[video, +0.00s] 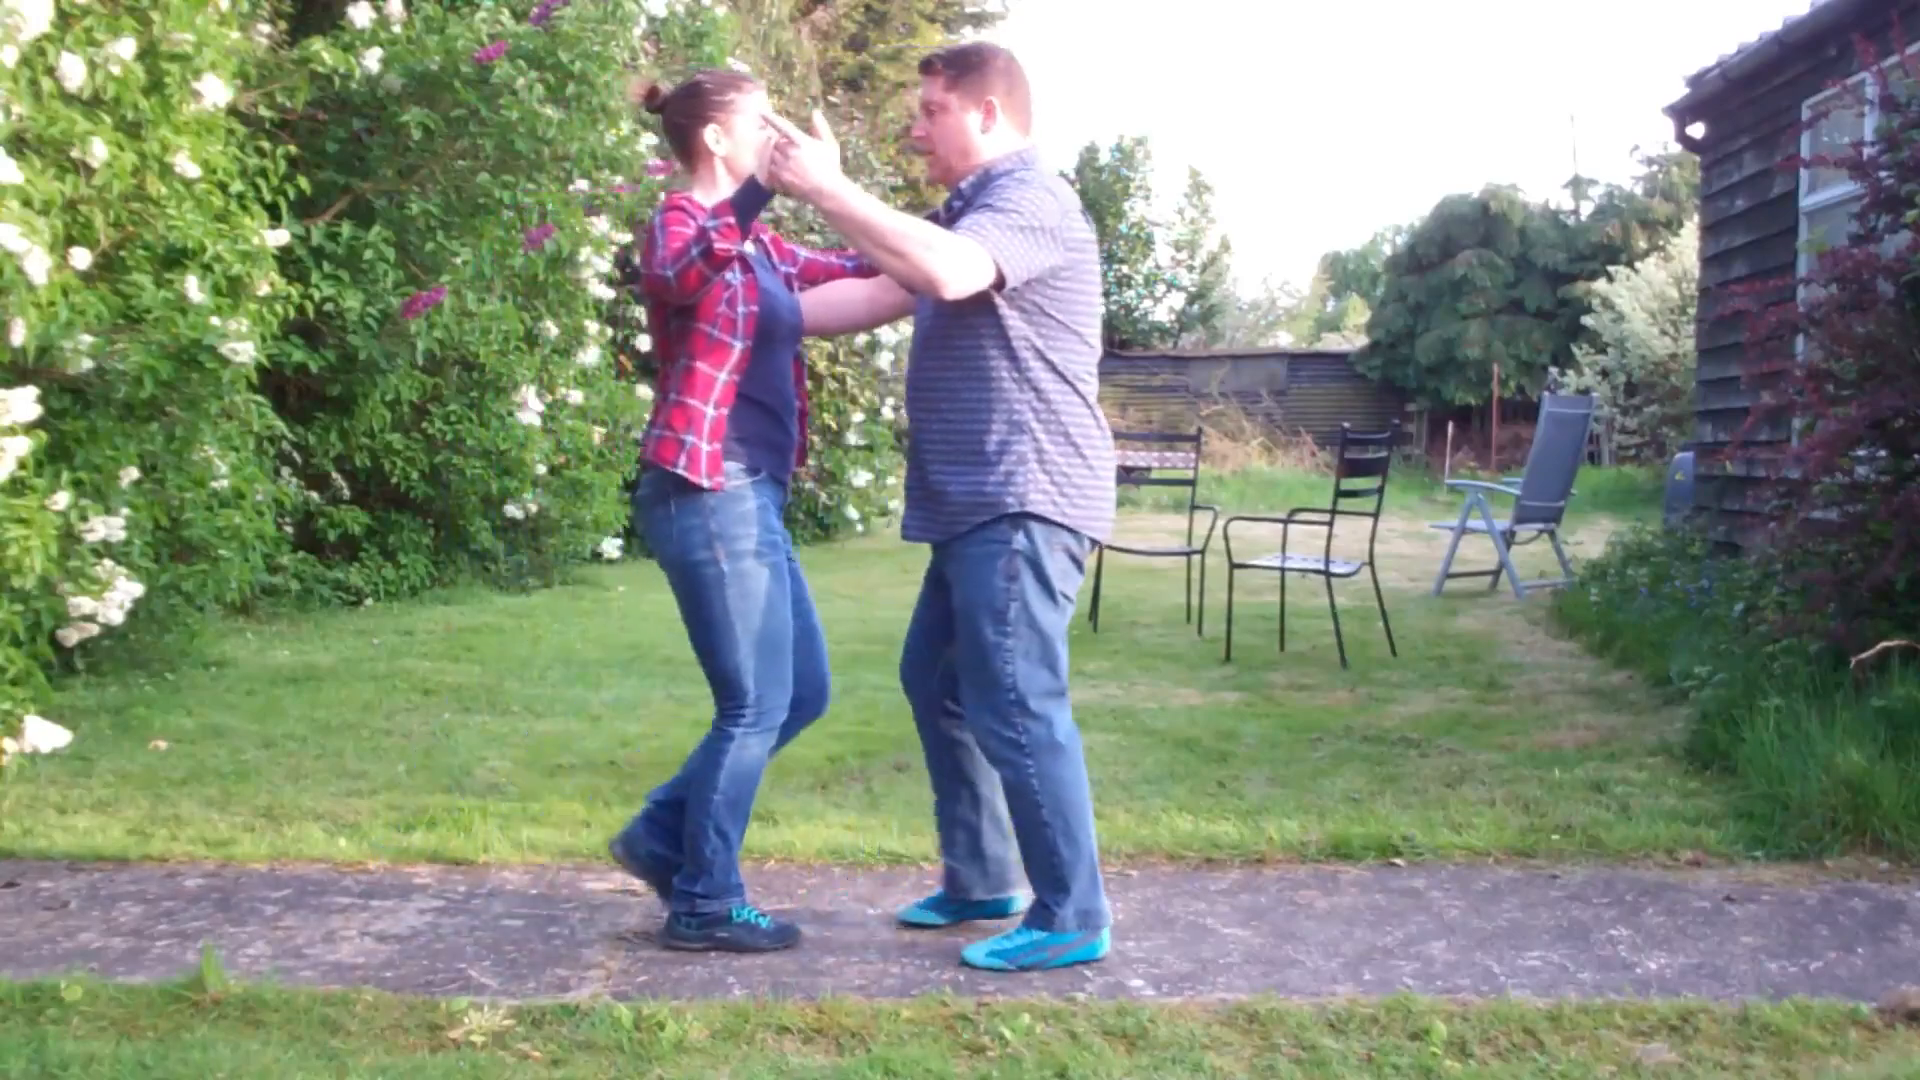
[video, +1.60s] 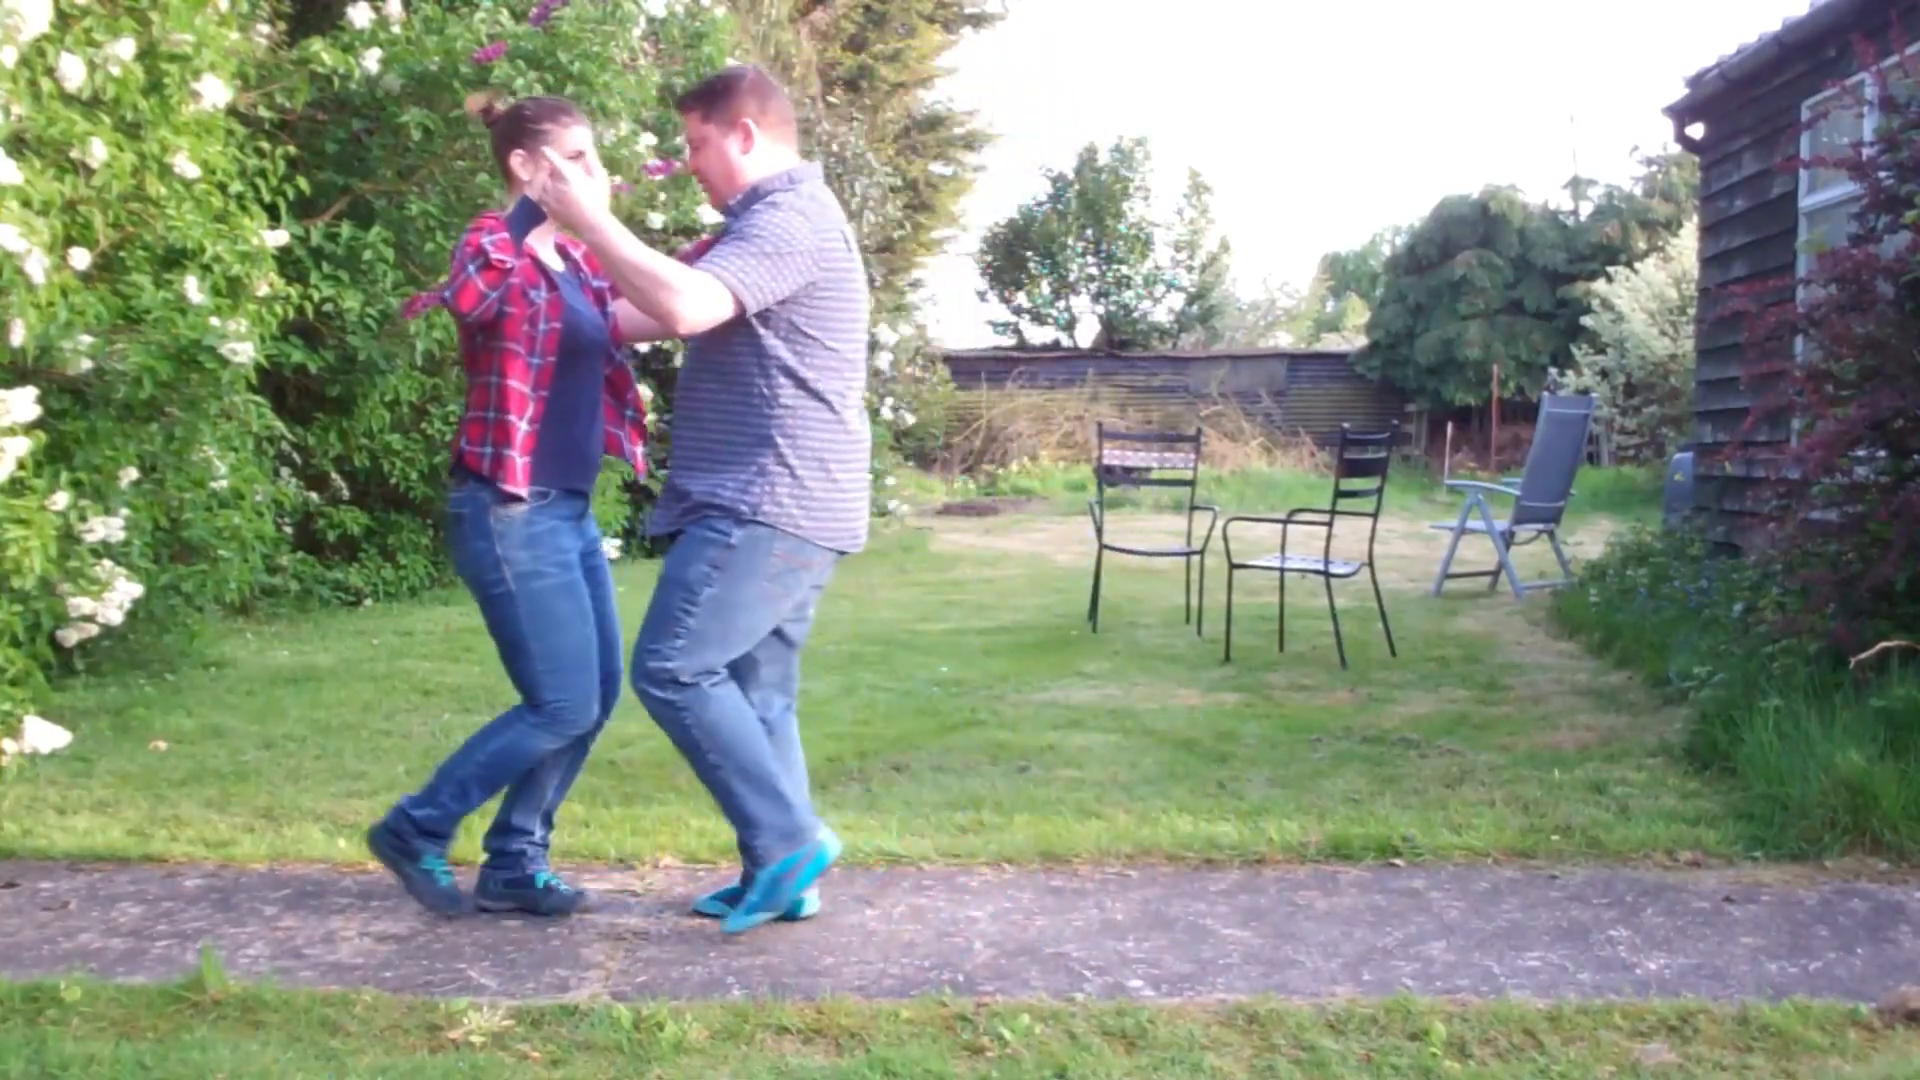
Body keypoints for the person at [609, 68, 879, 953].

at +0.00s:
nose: (778, 141)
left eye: (776, 125)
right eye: (763, 124)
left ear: (724, 140)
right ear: (715, 137)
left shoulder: (761, 242)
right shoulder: (677, 221)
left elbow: (859, 265)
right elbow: (675, 279)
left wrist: (943, 240)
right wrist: (760, 189)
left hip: (754, 486)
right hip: (702, 486)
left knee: (803, 690)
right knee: (752, 703)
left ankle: (659, 836)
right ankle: (704, 905)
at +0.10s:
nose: (801, 140)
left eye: (800, 125)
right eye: (786, 124)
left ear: (749, 141)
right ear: (737, 136)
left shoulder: (787, 244)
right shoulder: (702, 223)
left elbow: (889, 266)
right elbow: (702, 283)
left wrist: (974, 234)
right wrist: (789, 198)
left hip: (775, 495)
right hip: (722, 493)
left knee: (848, 680)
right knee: (766, 704)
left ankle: (780, 870)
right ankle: (704, 901)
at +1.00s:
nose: (768, 149)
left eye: (765, 133)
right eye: (753, 132)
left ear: (725, 139)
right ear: (704, 135)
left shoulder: (752, 241)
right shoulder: (660, 226)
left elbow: (842, 266)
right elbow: (663, 286)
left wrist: (919, 248)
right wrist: (700, 188)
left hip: (747, 488)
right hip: (694, 487)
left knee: (795, 680)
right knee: (750, 695)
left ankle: (653, 820)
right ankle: (692, 899)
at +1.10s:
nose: (742, 153)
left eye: (743, 137)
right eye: (730, 135)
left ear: (702, 134)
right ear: (680, 131)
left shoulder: (726, 240)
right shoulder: (636, 228)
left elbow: (811, 264)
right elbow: (621, 278)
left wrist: (888, 248)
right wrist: (663, 176)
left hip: (714, 486)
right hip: (674, 486)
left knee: (698, 693)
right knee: (734, 693)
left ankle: (567, 823)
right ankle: (690, 896)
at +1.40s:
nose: (654, 163)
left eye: (653, 148)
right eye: (640, 146)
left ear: (606, 150)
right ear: (591, 148)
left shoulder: (633, 251)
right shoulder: (546, 227)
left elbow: (684, 309)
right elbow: (528, 287)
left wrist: (766, 286)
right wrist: (594, 195)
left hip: (605, 493)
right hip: (556, 490)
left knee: (589, 696)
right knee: (658, 676)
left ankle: (512, 861)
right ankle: (608, 872)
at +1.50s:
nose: (622, 168)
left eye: (621, 152)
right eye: (606, 152)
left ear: (586, 160)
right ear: (556, 159)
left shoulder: (605, 256)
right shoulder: (520, 234)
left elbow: (678, 314)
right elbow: (499, 296)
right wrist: (567, 207)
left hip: (585, 501)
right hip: (530, 499)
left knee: (600, 691)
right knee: (618, 688)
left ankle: (512, 858)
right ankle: (508, 859)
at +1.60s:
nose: (592, 175)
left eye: (594, 159)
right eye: (576, 159)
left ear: (589, 170)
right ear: (526, 166)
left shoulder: (585, 260)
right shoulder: (494, 243)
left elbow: (625, 325)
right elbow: (469, 302)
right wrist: (537, 224)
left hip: (570, 508)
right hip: (507, 512)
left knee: (597, 692)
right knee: (564, 705)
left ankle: (513, 864)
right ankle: (412, 831)